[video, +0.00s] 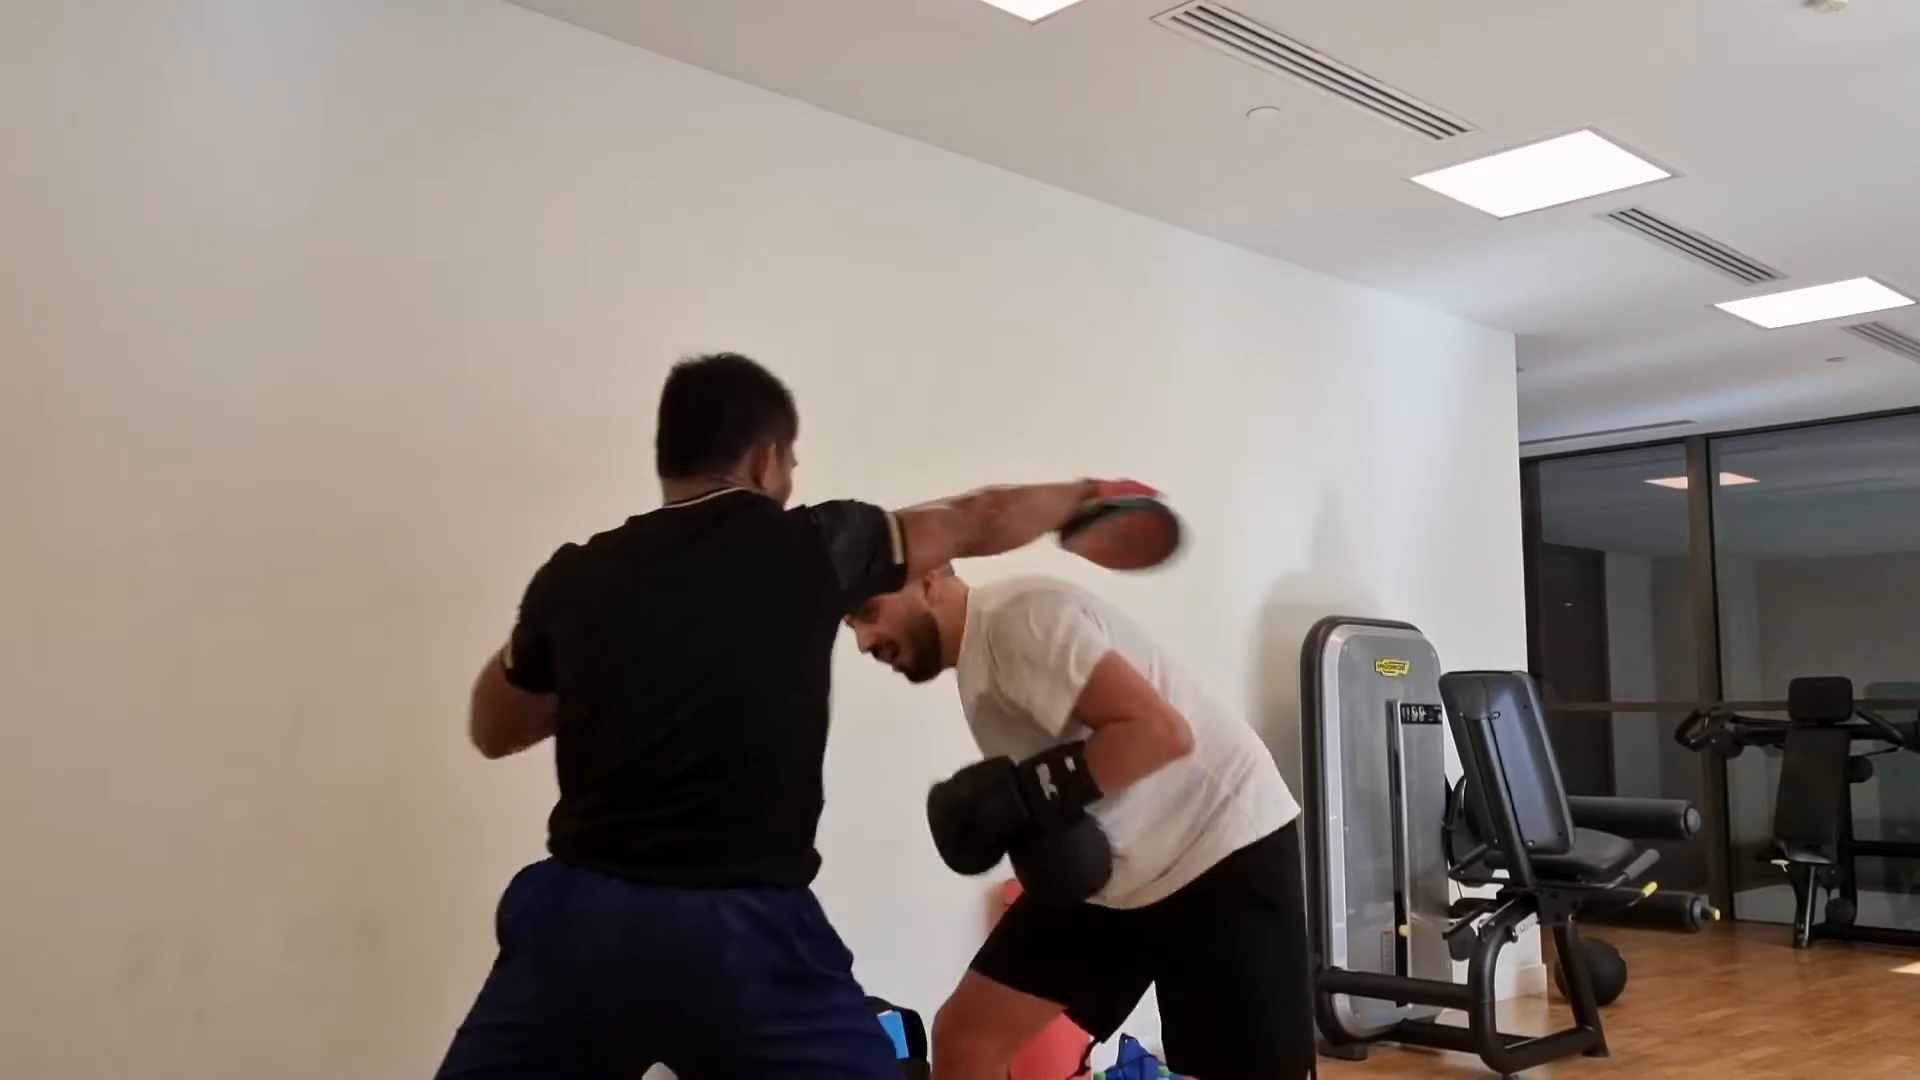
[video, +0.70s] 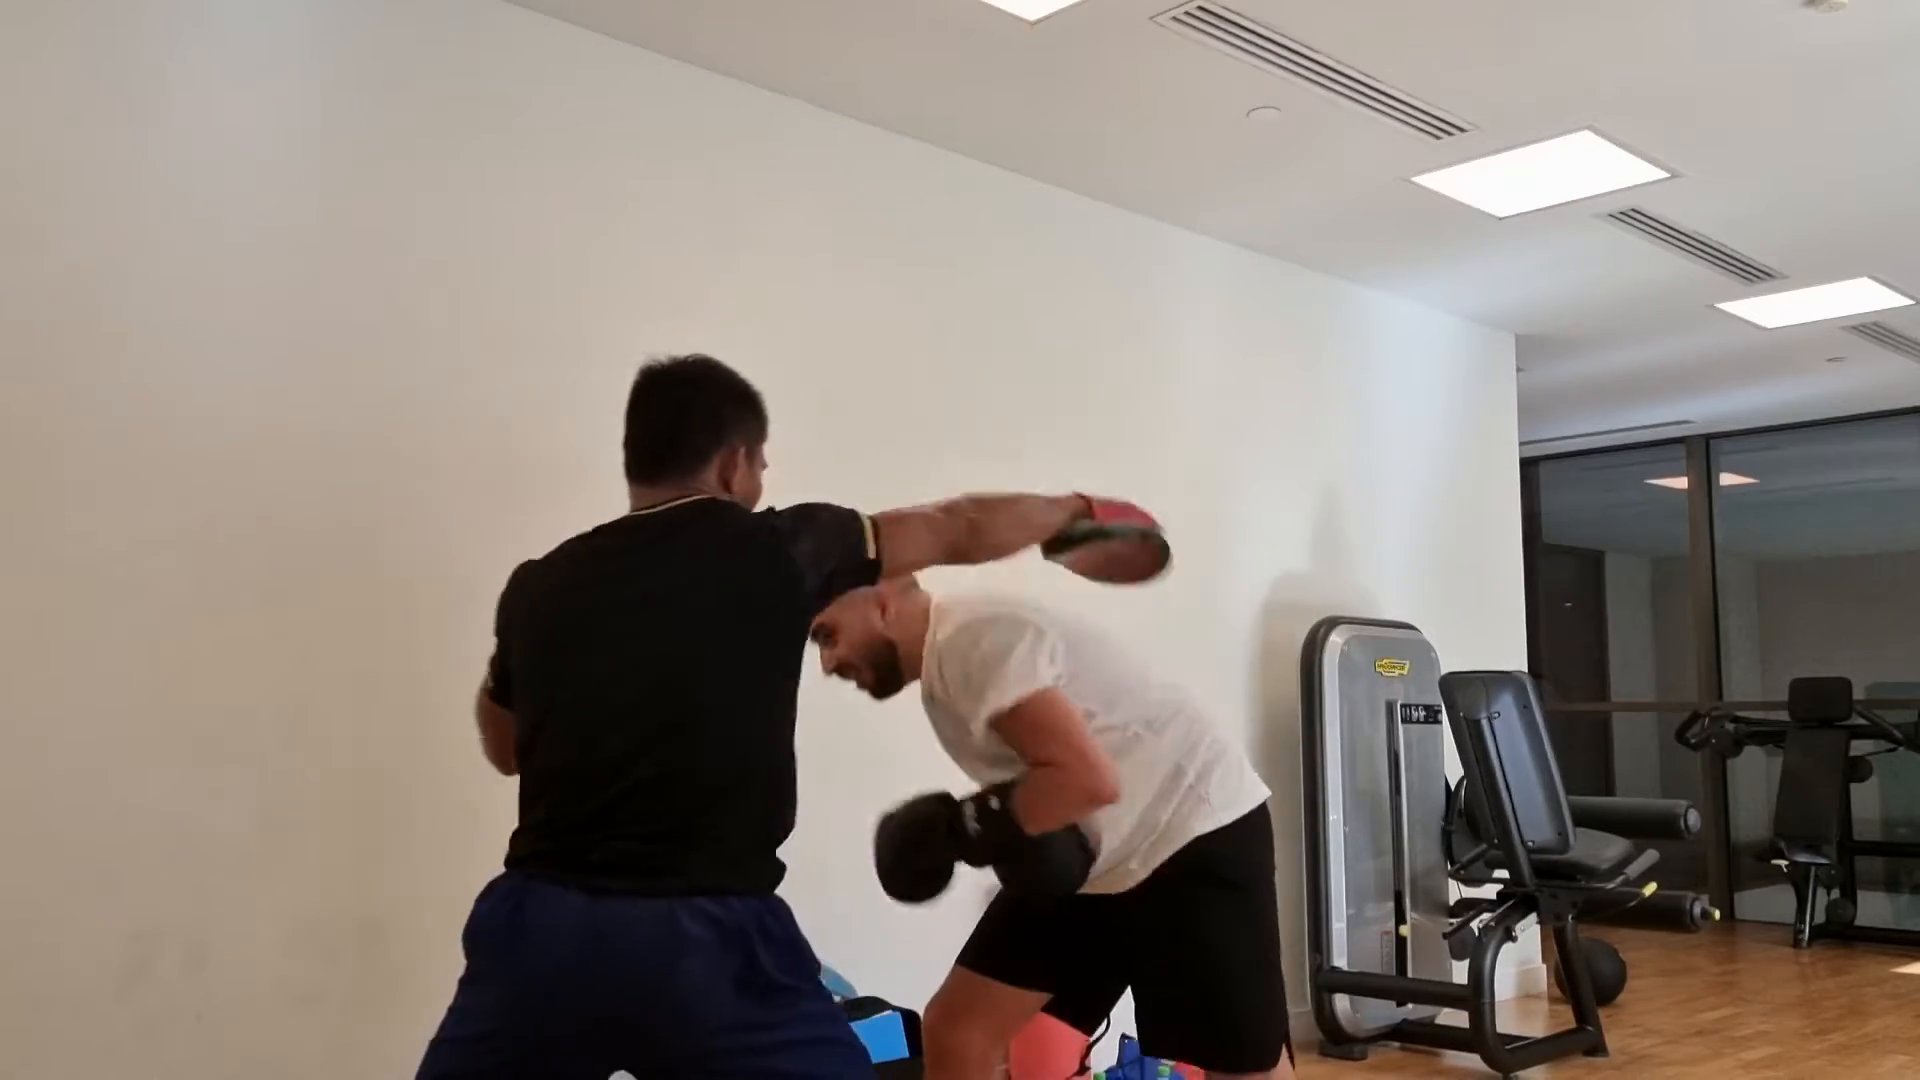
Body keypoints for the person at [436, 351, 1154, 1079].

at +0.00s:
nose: (790, 484)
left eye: (792, 469)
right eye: (792, 467)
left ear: (666, 464)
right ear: (770, 462)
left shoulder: (575, 578)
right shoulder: (809, 545)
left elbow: (494, 729)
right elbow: (975, 521)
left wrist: (602, 661)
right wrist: (1084, 496)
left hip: (572, 934)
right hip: (752, 941)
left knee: (477, 1071)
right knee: (867, 1065)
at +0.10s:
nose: (731, 502)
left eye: (735, 485)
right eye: (731, 482)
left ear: (606, 471)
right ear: (697, 472)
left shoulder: (502, 582)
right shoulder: (736, 550)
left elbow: (444, 719)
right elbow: (859, 535)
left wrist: (557, 681)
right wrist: (910, 494)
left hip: (516, 955)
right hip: (698, 949)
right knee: (821, 1060)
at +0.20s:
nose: (677, 520)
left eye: (682, 501)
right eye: (676, 499)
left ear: (546, 490)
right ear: (635, 490)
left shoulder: (446, 601)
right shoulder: (681, 571)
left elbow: (406, 704)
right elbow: (849, 596)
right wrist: (778, 622)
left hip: (482, 985)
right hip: (660, 975)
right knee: (778, 1057)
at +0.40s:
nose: (735, 519)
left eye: (738, 494)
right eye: (732, 493)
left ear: (606, 489)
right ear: (690, 492)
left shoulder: (527, 609)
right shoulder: (691, 587)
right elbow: (795, 749)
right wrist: (883, 695)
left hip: (501, 978)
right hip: (652, 988)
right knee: (811, 1064)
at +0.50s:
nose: (798, 503)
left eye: (801, 482)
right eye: (798, 481)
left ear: (672, 471)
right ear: (760, 479)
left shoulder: (607, 590)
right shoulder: (721, 581)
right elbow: (839, 742)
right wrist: (920, 677)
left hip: (545, 954)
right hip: (680, 966)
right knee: (847, 1064)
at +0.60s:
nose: (798, 493)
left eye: (800, 472)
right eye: (798, 470)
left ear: (671, 461)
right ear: (765, 461)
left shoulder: (583, 578)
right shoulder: (781, 544)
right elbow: (967, 627)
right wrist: (1055, 601)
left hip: (549, 939)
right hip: (713, 945)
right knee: (855, 1059)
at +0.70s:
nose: (761, 484)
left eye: (759, 468)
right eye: (761, 467)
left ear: (634, 466)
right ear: (739, 464)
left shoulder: (537, 585)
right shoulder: (780, 550)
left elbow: (503, 746)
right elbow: (954, 528)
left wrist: (614, 694)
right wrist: (1075, 509)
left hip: (533, 941)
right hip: (719, 946)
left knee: (461, 1060)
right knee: (839, 1059)